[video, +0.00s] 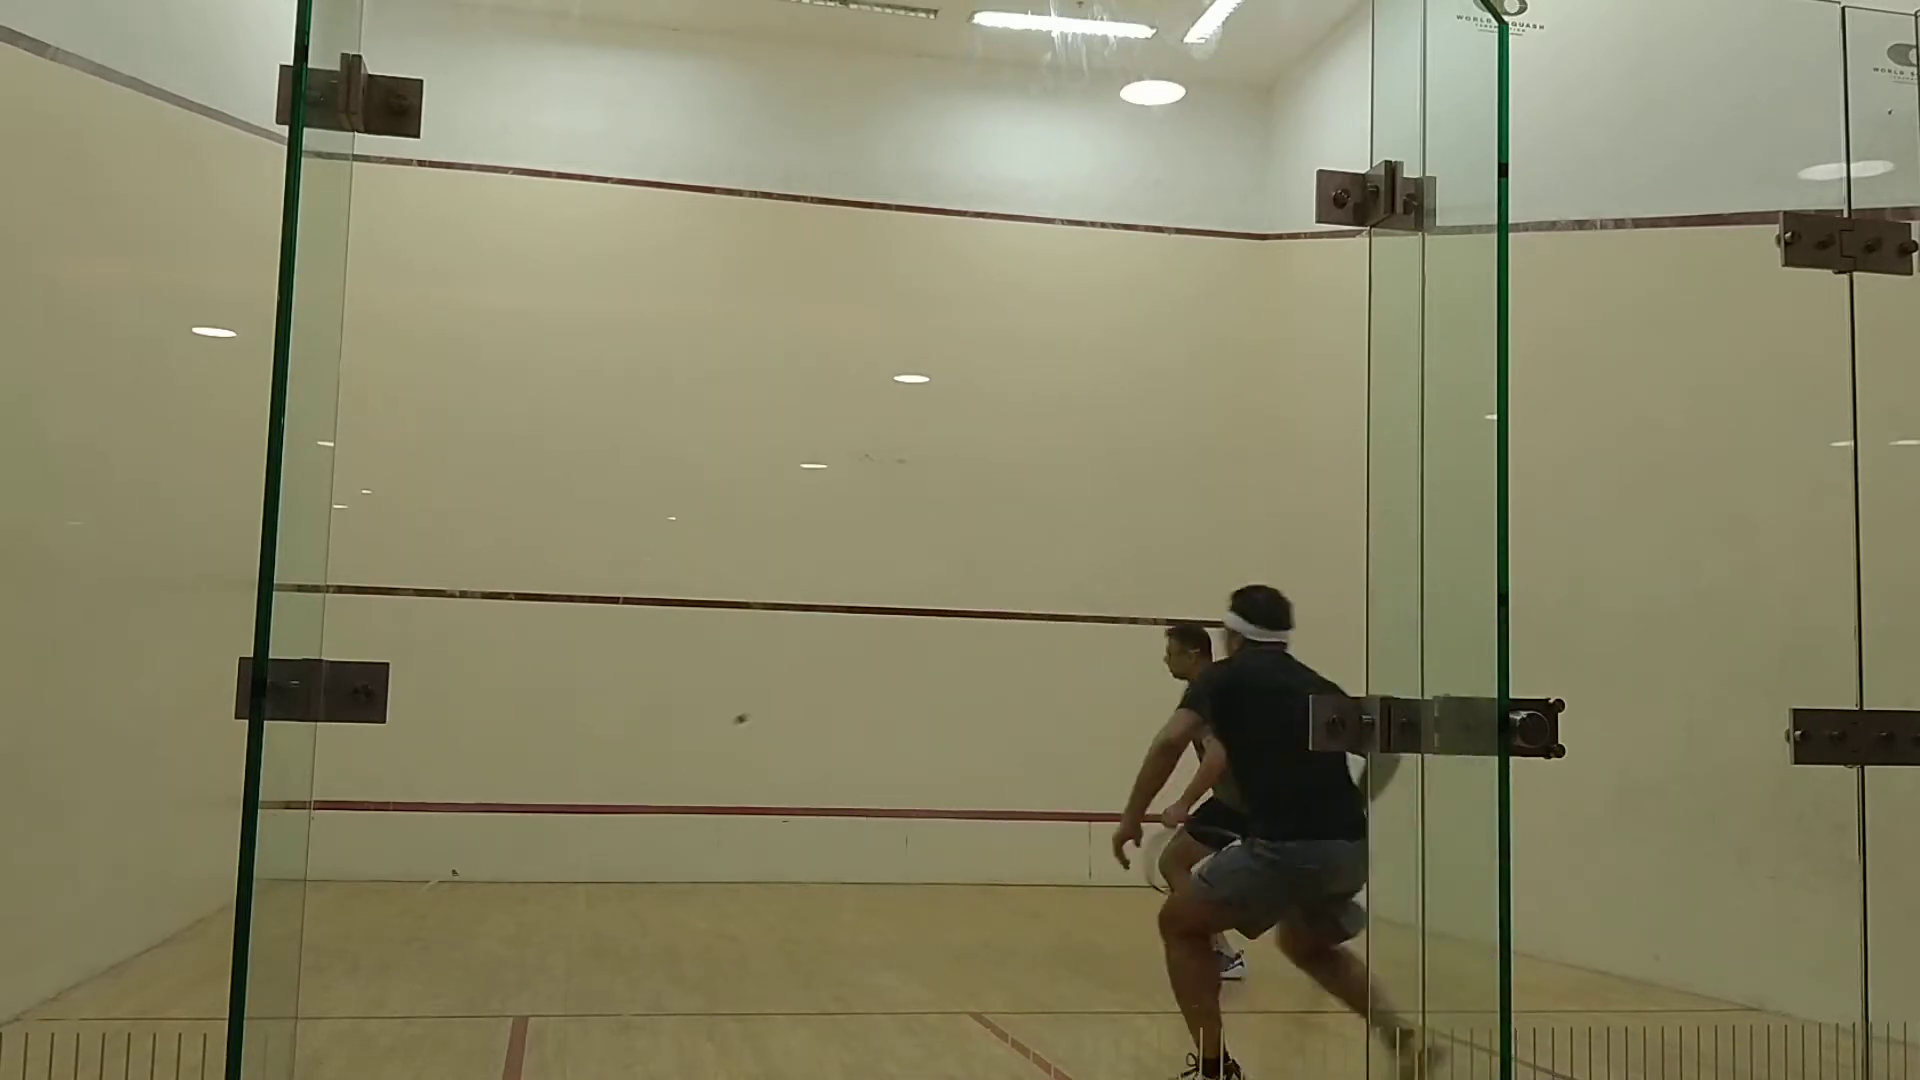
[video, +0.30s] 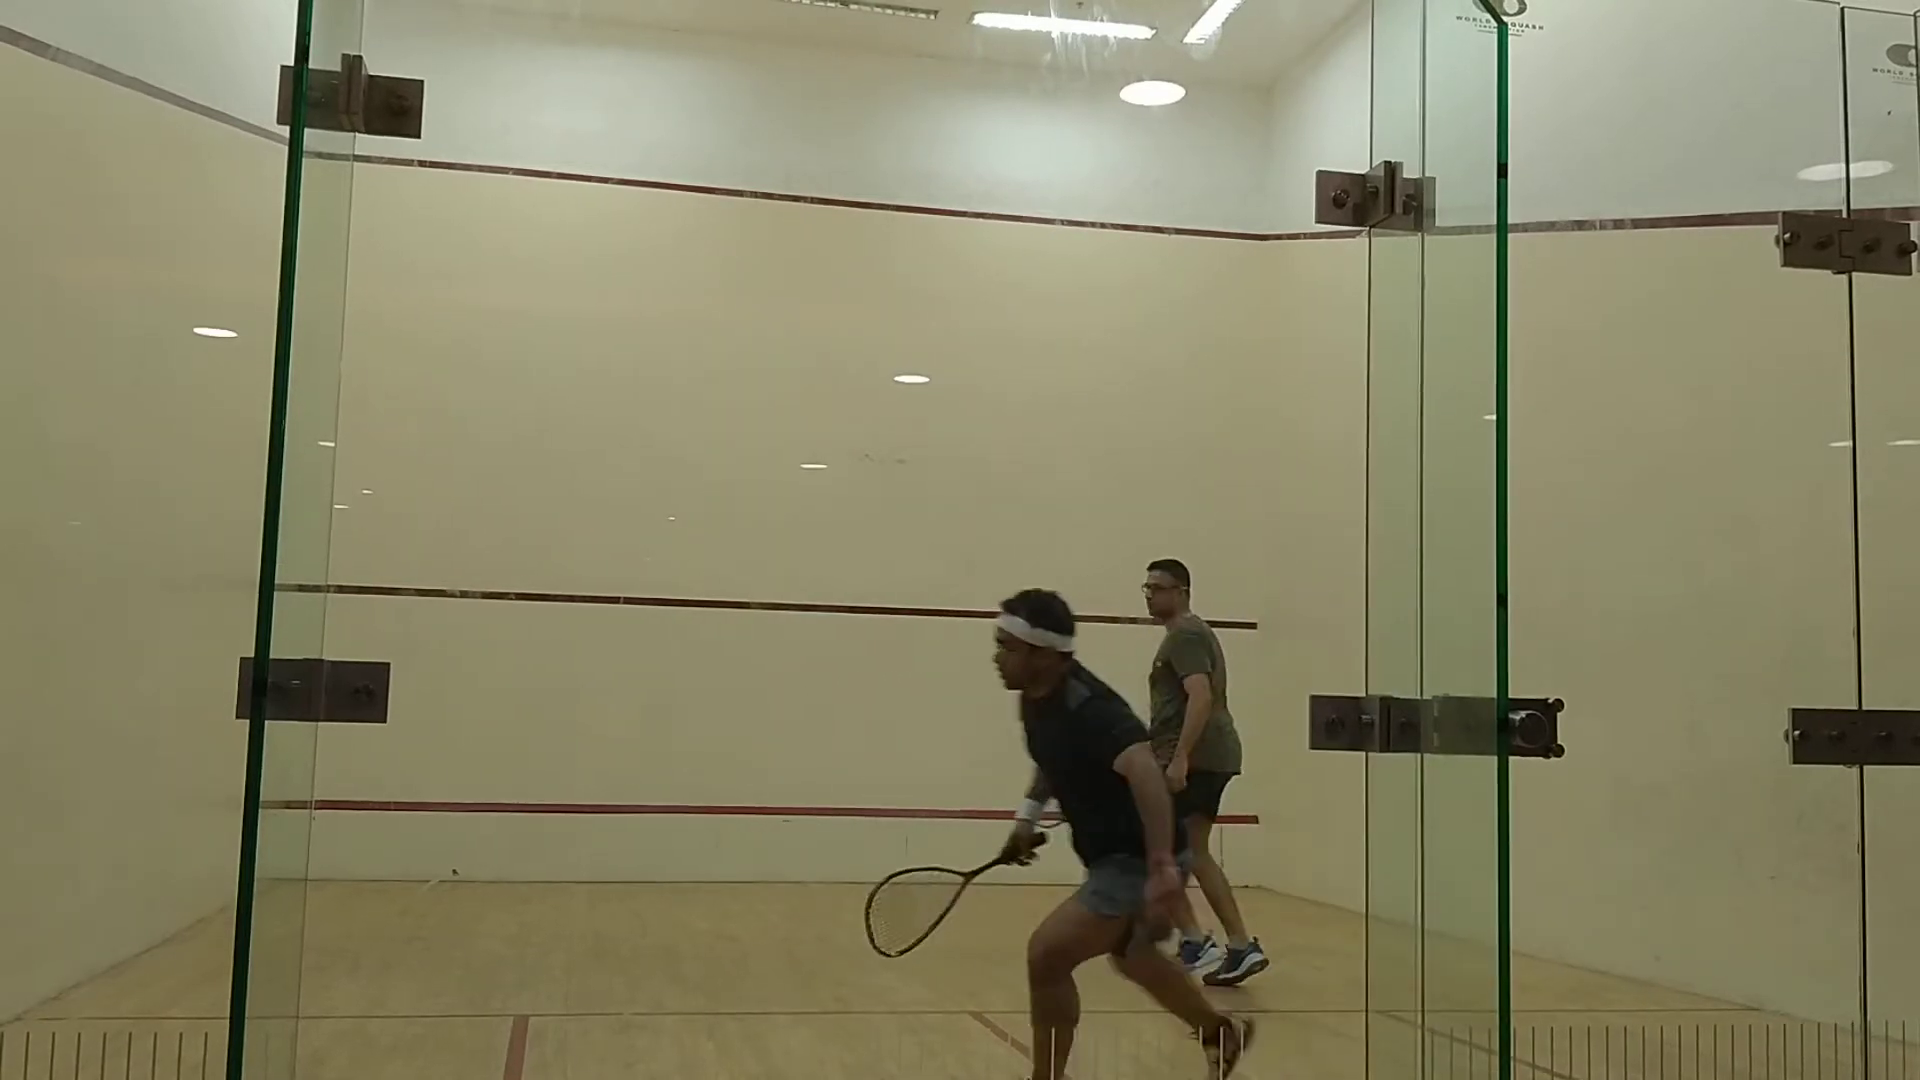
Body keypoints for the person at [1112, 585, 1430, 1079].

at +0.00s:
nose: (1221, 635)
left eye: (1224, 628)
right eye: (1225, 628)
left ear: (1234, 634)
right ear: (1284, 635)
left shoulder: (1220, 678)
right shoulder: (1320, 685)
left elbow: (1169, 742)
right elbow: (1389, 747)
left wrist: (1132, 818)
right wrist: (1358, 807)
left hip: (1283, 850)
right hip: (1350, 848)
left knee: (1181, 923)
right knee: (1303, 943)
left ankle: (1213, 1065)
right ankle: (1404, 1038)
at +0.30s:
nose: (1149, 595)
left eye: (1157, 589)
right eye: (1148, 588)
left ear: (1180, 593)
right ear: (1170, 595)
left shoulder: (1184, 634)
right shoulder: (1195, 631)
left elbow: (1200, 697)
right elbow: (1209, 698)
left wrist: (1181, 755)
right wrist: (1170, 745)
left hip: (1193, 758)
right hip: (1213, 757)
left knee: (1165, 851)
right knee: (1197, 853)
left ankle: (1193, 942)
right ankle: (1242, 946)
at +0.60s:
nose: (1114, 597)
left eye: (1125, 591)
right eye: (1111, 589)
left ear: (1145, 598)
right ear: (1108, 593)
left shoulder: (1147, 645)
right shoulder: (1120, 642)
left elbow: (1133, 715)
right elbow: (1116, 715)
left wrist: (1101, 771)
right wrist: (1099, 772)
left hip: (1139, 773)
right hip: (1121, 772)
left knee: (1118, 865)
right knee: (1101, 863)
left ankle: (1138, 977)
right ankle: (1178, 942)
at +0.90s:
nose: (1050, 586)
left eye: (1061, 580)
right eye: (1046, 580)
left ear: (1082, 586)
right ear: (1041, 585)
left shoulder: (1084, 635)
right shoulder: (1053, 636)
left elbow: (1089, 704)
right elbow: (1045, 708)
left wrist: (1061, 760)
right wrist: (1021, 758)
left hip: (1073, 776)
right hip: (1043, 773)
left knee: (1053, 866)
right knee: (1022, 856)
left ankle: (1124, 960)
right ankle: (1043, 969)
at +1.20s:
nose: (972, 589)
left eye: (983, 583)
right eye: (968, 582)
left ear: (1004, 587)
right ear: (964, 588)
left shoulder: (1010, 638)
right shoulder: (974, 640)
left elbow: (1030, 706)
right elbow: (963, 712)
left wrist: (1027, 774)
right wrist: (936, 762)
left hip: (985, 774)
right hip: (966, 774)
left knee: (942, 860)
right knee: (971, 869)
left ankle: (970, 977)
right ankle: (1032, 961)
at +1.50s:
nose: (902, 572)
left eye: (912, 565)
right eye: (898, 565)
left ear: (935, 568)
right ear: (898, 570)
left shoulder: (936, 615)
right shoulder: (924, 616)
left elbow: (945, 687)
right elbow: (923, 694)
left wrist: (926, 754)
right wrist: (899, 755)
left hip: (929, 762)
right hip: (913, 760)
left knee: (916, 853)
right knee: (899, 850)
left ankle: (963, 962)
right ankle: (880, 957)